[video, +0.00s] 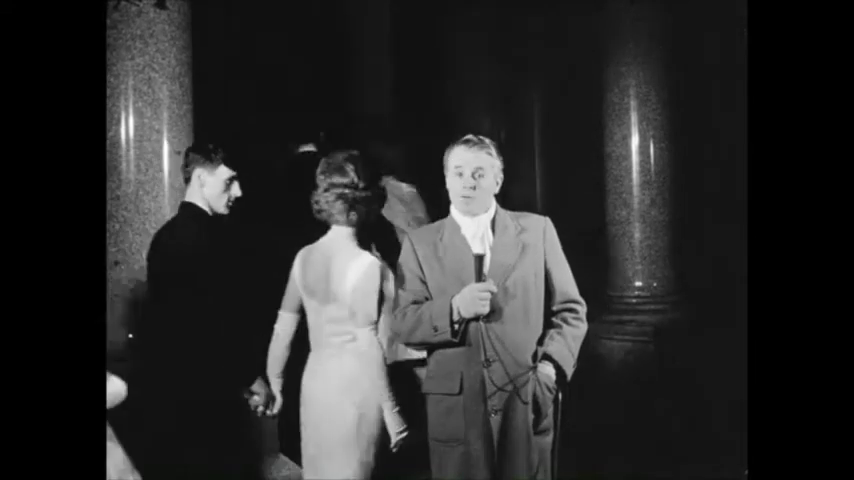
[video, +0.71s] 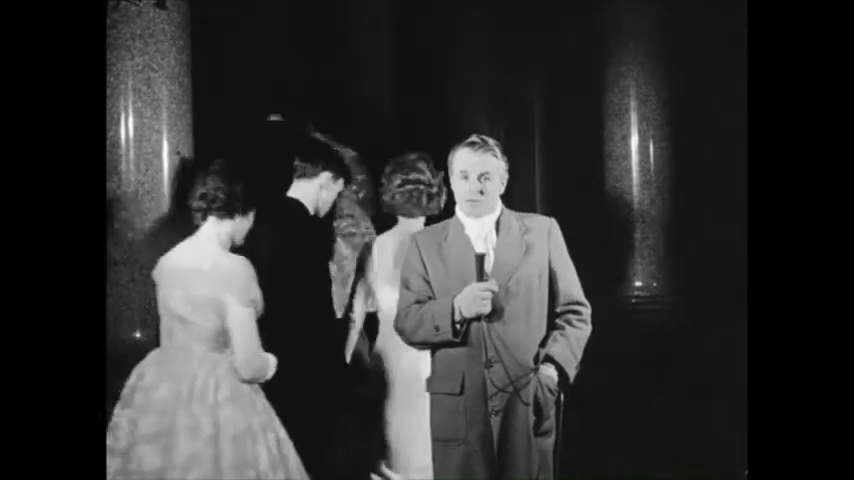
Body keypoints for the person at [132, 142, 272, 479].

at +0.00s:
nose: (238, 192)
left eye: (237, 182)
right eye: (229, 181)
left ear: (200, 179)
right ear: (199, 178)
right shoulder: (186, 239)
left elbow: (221, 320)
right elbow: (202, 326)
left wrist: (251, 377)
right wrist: (249, 379)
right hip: (197, 393)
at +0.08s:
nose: (250, 193)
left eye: (250, 182)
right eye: (241, 182)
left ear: (213, 180)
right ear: (212, 178)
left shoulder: (183, 235)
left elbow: (234, 319)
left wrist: (263, 375)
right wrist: (262, 377)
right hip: (210, 393)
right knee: (233, 469)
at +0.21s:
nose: (271, 195)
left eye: (270, 185)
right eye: (263, 184)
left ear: (234, 181)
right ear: (234, 180)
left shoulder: (197, 236)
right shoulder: (243, 238)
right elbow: (253, 318)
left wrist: (285, 375)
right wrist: (285, 375)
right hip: (238, 384)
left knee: (219, 469)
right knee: (251, 467)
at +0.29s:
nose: (284, 196)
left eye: (285, 186)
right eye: (278, 184)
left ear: (249, 178)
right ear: (252, 176)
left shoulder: (211, 223)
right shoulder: (262, 234)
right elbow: (278, 315)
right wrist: (301, 373)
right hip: (257, 372)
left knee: (226, 463)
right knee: (262, 462)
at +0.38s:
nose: (292, 195)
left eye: (295, 187)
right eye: (292, 184)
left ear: (264, 173)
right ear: (273, 175)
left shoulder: (219, 219)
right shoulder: (276, 229)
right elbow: (292, 307)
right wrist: (314, 370)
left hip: (229, 360)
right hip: (271, 362)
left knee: (238, 456)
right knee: (274, 458)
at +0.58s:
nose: (320, 197)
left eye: (322, 188)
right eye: (323, 187)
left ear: (282, 174)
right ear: (311, 180)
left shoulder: (240, 222)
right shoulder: (301, 235)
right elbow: (306, 315)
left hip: (247, 369)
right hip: (295, 371)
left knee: (257, 463)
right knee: (303, 462)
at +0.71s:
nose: (335, 204)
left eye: (339, 195)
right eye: (337, 193)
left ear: (299, 176)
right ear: (324, 181)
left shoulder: (264, 218)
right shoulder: (307, 229)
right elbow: (312, 311)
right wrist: (331, 366)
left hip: (272, 359)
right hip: (306, 364)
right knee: (315, 457)